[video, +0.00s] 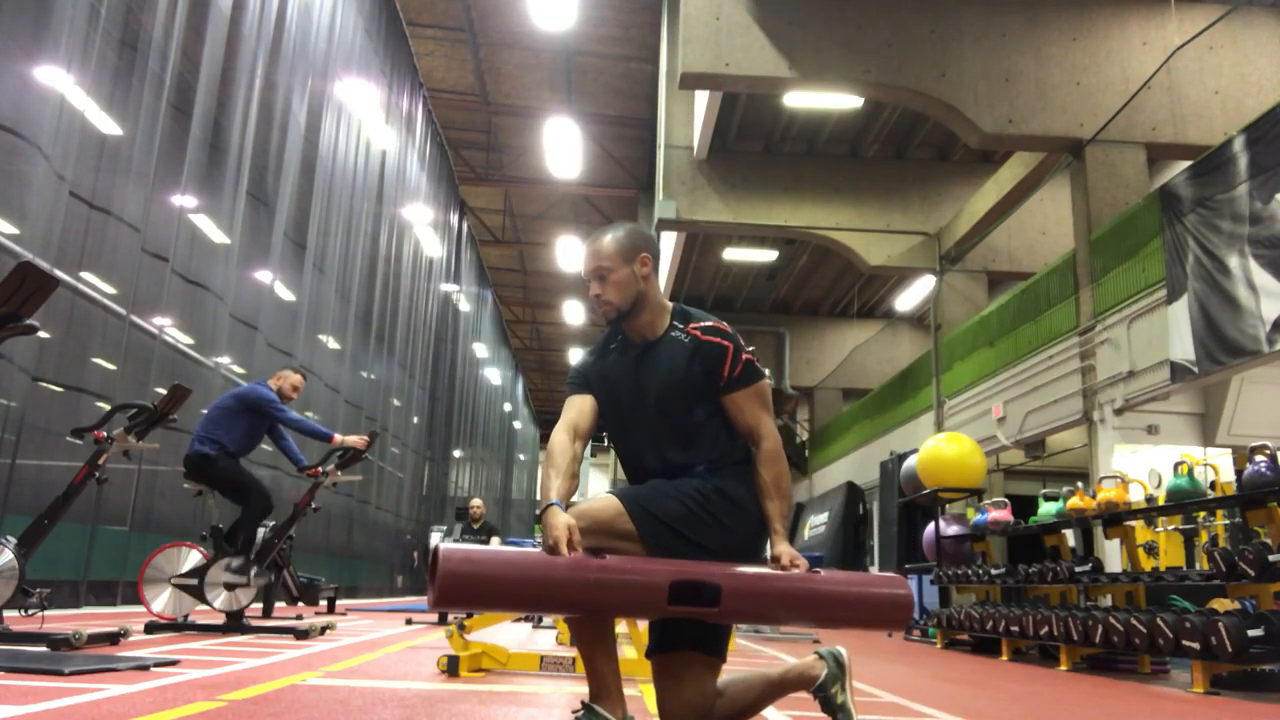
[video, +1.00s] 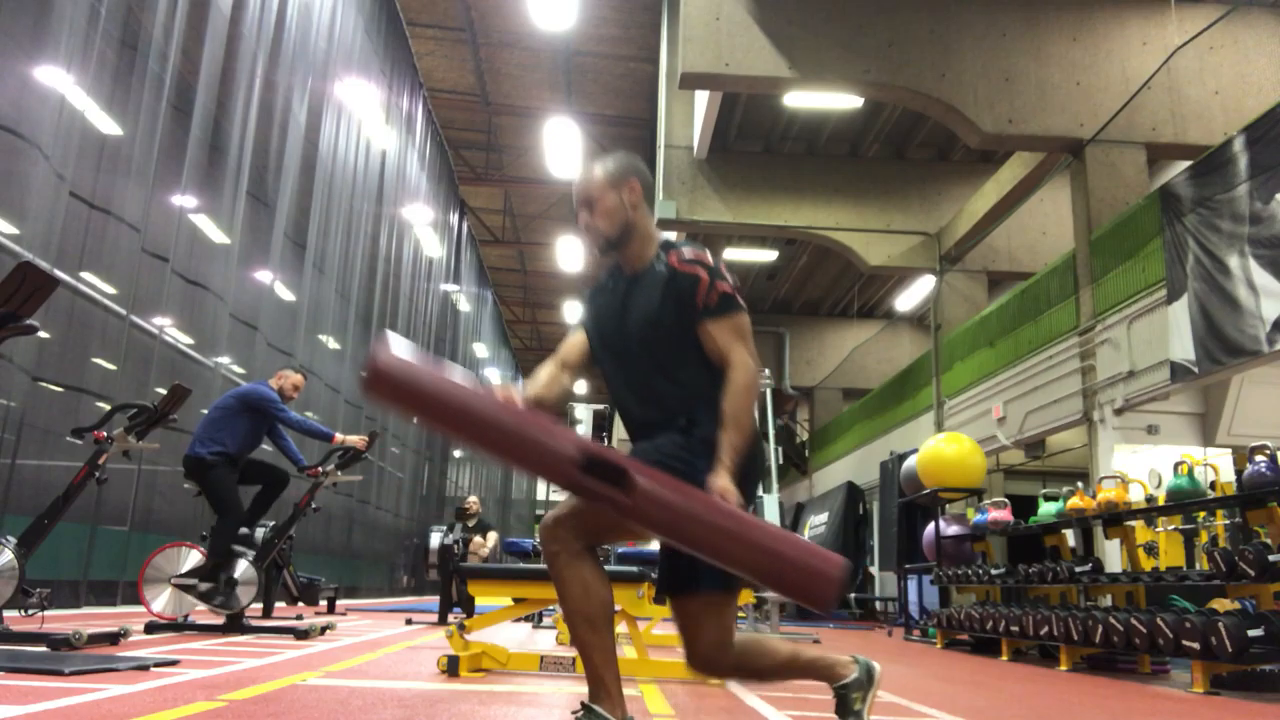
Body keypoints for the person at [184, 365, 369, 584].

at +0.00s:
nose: (294, 396)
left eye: (298, 393)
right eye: (293, 388)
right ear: (277, 379)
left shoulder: (267, 406)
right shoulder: (259, 393)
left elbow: (282, 439)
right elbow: (293, 420)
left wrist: (305, 467)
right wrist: (340, 439)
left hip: (218, 459)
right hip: (207, 458)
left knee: (260, 502)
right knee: (259, 501)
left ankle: (226, 547)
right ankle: (238, 561)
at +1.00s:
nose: (295, 394)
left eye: (299, 391)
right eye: (294, 387)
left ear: (281, 384)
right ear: (279, 378)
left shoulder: (265, 401)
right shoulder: (259, 392)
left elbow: (279, 438)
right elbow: (295, 421)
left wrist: (304, 467)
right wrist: (341, 439)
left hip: (228, 462)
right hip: (207, 460)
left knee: (278, 477)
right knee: (232, 515)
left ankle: (242, 528)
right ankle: (209, 580)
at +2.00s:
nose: (294, 398)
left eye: (298, 394)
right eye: (294, 390)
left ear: (285, 388)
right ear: (279, 380)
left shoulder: (265, 405)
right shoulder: (257, 393)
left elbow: (280, 441)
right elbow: (295, 422)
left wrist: (305, 469)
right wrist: (341, 439)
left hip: (220, 460)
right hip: (205, 458)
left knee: (262, 505)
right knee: (251, 498)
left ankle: (254, 561)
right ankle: (204, 540)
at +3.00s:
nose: (283, 384)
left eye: (286, 380)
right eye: (280, 376)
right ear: (263, 369)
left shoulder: (263, 403)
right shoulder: (235, 389)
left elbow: (277, 433)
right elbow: (239, 428)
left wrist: (302, 465)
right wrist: (278, 452)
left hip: (223, 461)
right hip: (202, 456)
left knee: (248, 517)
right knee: (264, 471)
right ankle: (233, 531)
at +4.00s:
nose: (285, 388)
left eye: (288, 384)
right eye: (283, 381)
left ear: (275, 380)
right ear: (266, 373)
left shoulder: (262, 400)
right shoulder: (241, 389)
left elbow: (278, 430)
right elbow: (259, 428)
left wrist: (302, 462)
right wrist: (288, 461)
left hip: (223, 460)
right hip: (198, 458)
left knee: (270, 483)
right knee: (224, 510)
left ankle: (228, 528)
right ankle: (221, 581)